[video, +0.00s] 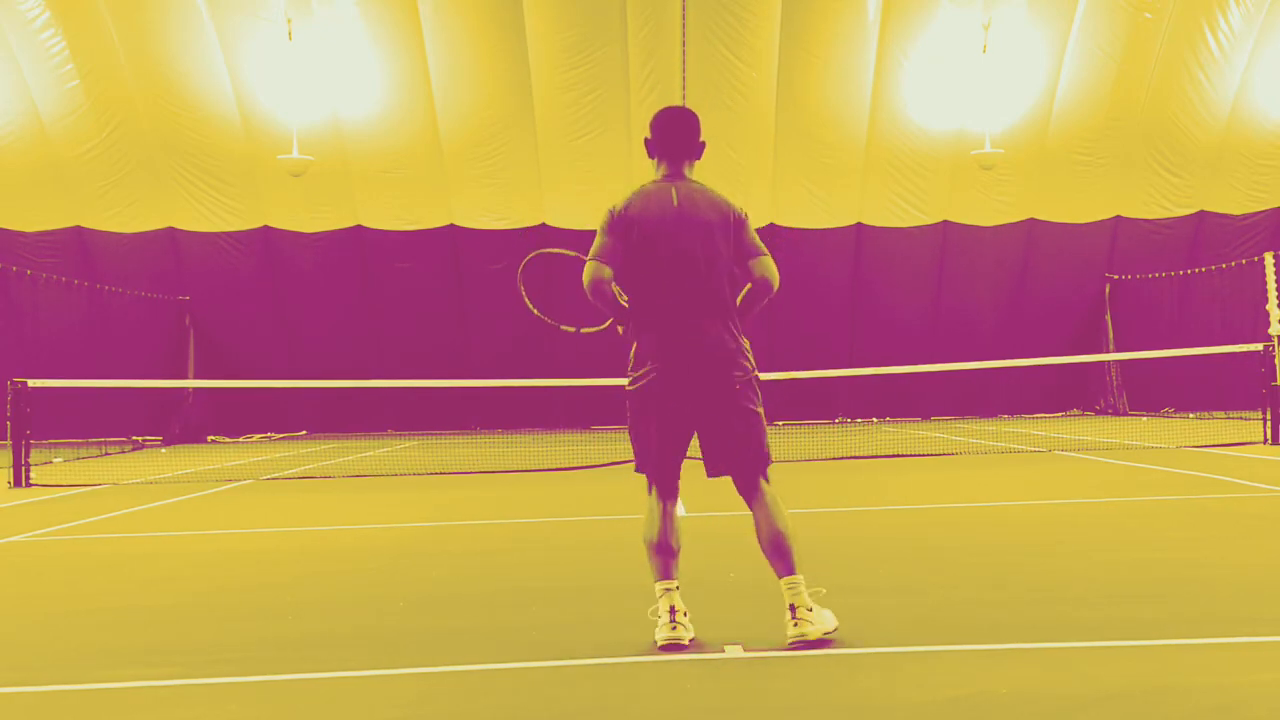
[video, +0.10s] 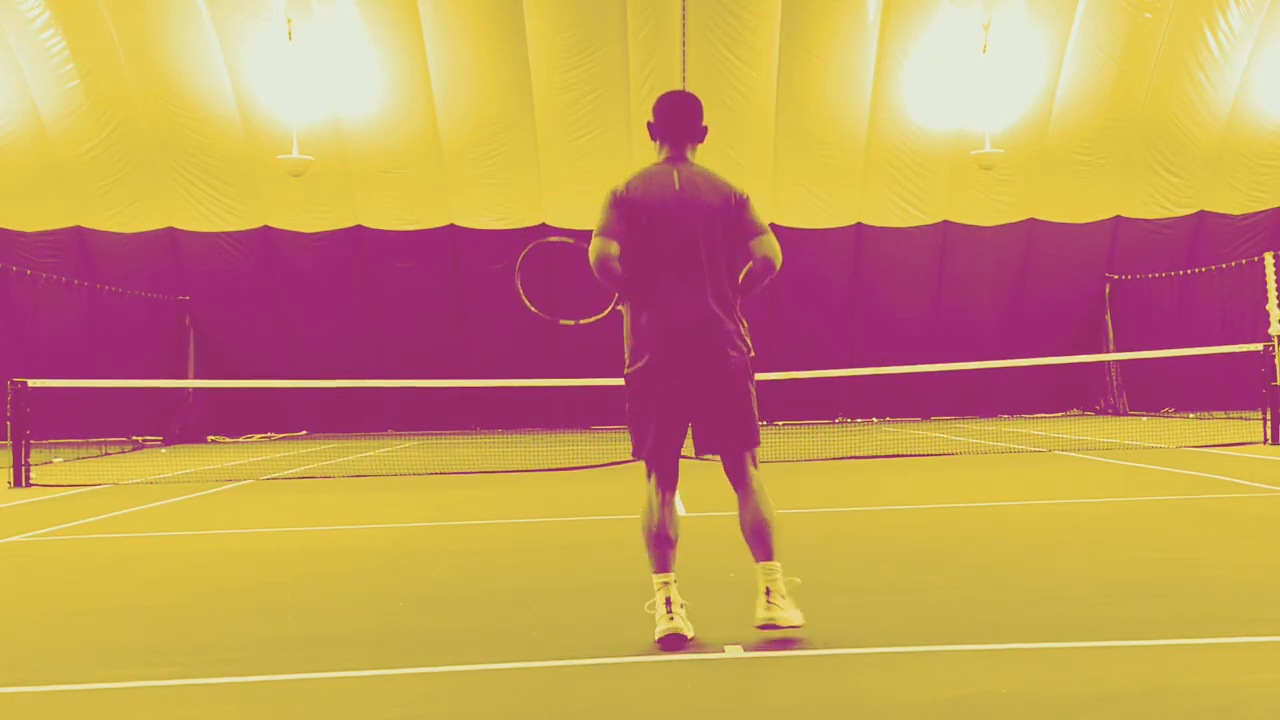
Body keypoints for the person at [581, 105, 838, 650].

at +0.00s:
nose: (684, 158)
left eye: (661, 149)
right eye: (693, 147)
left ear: (649, 151)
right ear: (699, 150)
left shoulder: (623, 211)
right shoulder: (725, 210)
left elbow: (594, 278)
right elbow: (768, 278)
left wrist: (625, 312)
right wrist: (731, 318)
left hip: (656, 369)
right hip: (725, 365)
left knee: (660, 491)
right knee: (757, 486)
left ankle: (671, 614)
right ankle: (800, 608)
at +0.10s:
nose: (677, 142)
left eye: (664, 129)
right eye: (693, 131)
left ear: (653, 134)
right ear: (702, 135)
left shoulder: (626, 194)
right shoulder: (730, 195)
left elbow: (601, 256)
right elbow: (769, 257)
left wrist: (631, 296)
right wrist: (734, 297)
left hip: (653, 352)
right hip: (721, 350)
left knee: (661, 477)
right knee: (744, 471)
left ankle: (668, 604)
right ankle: (773, 592)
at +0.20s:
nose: (666, 124)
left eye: (661, 114)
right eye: (692, 116)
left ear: (657, 118)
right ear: (708, 120)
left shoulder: (634, 174)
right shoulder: (737, 176)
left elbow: (611, 234)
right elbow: (774, 235)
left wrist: (635, 280)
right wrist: (736, 281)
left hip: (656, 334)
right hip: (722, 333)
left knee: (655, 462)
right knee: (729, 460)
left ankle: (653, 591)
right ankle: (738, 586)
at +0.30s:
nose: (670, 136)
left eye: (666, 126)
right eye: (696, 128)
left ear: (664, 129)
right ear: (713, 132)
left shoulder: (641, 187)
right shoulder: (742, 190)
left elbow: (619, 251)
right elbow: (783, 247)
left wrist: (641, 293)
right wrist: (742, 288)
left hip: (659, 343)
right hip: (723, 344)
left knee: (645, 473)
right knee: (717, 478)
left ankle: (636, 604)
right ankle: (723, 604)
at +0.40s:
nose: (682, 161)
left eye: (670, 152)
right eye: (705, 150)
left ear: (667, 153)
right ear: (716, 154)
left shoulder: (644, 214)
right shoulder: (743, 215)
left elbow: (622, 289)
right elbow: (789, 278)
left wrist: (651, 317)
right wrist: (749, 318)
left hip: (661, 370)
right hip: (726, 370)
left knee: (632, 494)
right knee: (712, 492)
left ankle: (616, 616)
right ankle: (721, 614)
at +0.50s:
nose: (675, 148)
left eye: (669, 138)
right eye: (700, 140)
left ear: (665, 140)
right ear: (714, 142)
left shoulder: (642, 200)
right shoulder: (740, 202)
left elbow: (622, 276)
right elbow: (784, 262)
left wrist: (641, 295)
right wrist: (750, 304)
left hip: (660, 357)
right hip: (721, 358)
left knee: (639, 481)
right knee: (713, 488)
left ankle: (631, 606)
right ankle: (721, 607)